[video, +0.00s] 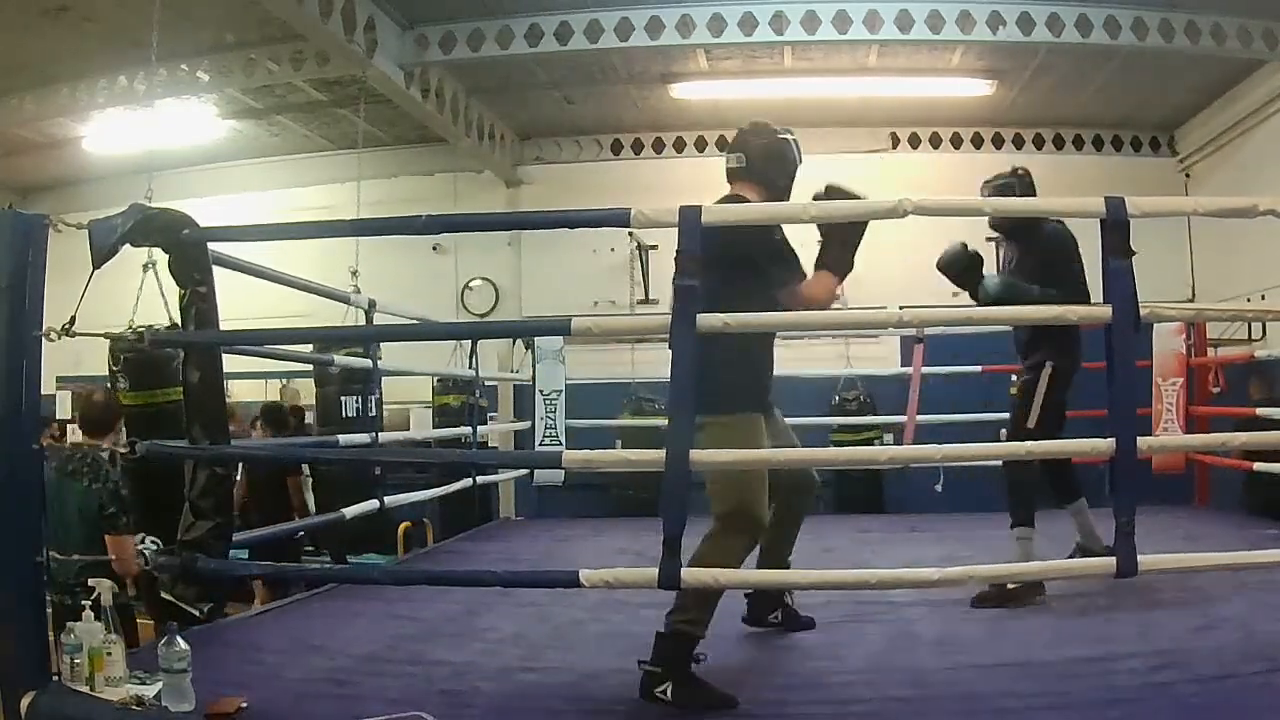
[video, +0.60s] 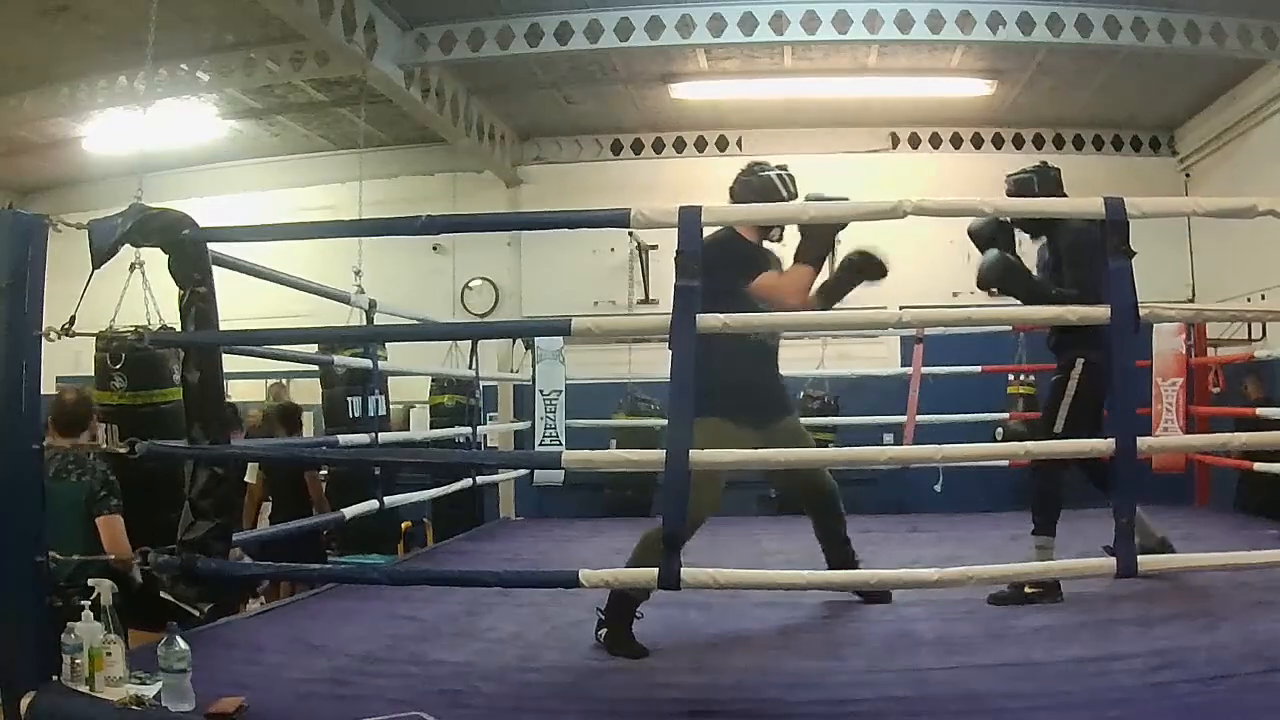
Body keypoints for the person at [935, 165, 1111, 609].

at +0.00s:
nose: (991, 216)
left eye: (997, 206)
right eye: (988, 207)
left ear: (1020, 202)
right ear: (997, 205)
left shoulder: (1052, 237)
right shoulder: (1010, 243)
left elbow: (1074, 302)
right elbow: (1008, 300)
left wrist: (1015, 294)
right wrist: (975, 281)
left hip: (1054, 355)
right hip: (1035, 356)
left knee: (1017, 449)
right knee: (1048, 447)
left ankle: (1025, 568)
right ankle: (1092, 541)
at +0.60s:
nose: (1016, 213)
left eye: (1021, 203)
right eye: (1014, 205)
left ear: (1043, 198)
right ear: (1047, 197)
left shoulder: (1077, 232)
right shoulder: (1058, 235)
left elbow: (1080, 301)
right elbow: (1050, 297)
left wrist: (1019, 282)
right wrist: (1009, 269)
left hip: (1087, 355)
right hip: (1081, 354)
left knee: (1047, 450)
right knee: (1083, 449)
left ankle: (1041, 569)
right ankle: (1147, 535)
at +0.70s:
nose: (1025, 220)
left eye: (1029, 209)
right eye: (1022, 211)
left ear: (1051, 205)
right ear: (1064, 202)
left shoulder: (1078, 241)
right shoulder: (1093, 236)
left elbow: (1069, 308)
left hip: (1082, 365)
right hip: (1103, 365)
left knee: (1029, 450)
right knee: (1110, 454)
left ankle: (1038, 566)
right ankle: (1159, 548)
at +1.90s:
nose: (920, 192)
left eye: (922, 184)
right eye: (922, 184)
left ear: (932, 183)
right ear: (974, 173)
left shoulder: (922, 223)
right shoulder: (1013, 216)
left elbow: (917, 296)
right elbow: (1010, 290)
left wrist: (894, 299)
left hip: (943, 362)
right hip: (1000, 361)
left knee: (905, 459)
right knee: (1021, 472)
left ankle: (847, 562)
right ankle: (1029, 599)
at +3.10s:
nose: (825, 205)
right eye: (829, 194)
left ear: (784, 198)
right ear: (836, 198)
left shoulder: (758, 237)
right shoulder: (857, 239)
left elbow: (721, 296)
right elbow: (845, 308)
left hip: (771, 379)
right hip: (827, 377)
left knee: (770, 471)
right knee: (859, 485)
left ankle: (738, 581)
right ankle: (864, 620)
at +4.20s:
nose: (821, 193)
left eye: (812, 183)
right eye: (825, 181)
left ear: (781, 187)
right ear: (836, 184)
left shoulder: (758, 234)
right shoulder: (856, 230)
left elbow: (719, 310)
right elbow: (871, 313)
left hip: (781, 387)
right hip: (839, 385)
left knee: (779, 486)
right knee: (895, 490)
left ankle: (708, 581)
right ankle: (919, 626)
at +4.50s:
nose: (788, 202)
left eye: (784, 194)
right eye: (788, 193)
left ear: (742, 195)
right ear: (795, 192)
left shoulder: (724, 240)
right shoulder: (815, 233)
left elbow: (704, 305)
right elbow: (844, 299)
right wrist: (828, 234)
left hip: (736, 387)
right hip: (789, 388)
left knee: (728, 476)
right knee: (840, 509)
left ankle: (662, 558)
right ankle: (811, 631)